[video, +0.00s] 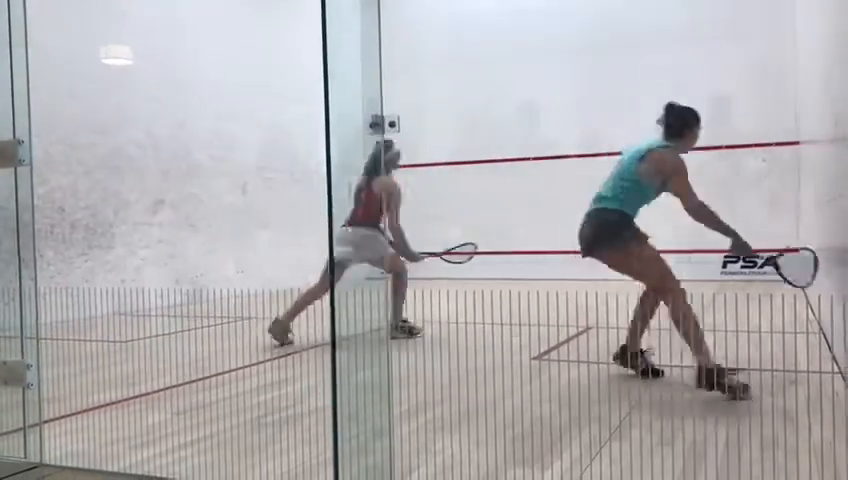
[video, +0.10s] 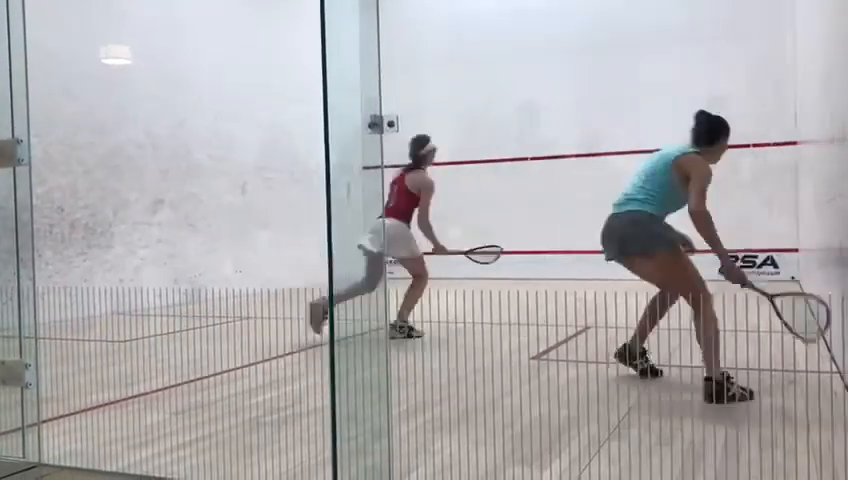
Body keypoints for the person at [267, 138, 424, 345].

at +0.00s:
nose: (399, 157)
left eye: (397, 154)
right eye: (395, 155)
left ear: (376, 159)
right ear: (388, 159)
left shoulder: (363, 182)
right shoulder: (390, 186)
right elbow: (394, 228)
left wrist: (400, 251)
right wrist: (411, 255)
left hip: (346, 235)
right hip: (368, 238)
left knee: (323, 285)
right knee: (399, 270)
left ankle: (283, 322)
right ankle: (397, 323)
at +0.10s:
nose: (434, 155)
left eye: (434, 151)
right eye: (432, 152)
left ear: (414, 154)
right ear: (425, 155)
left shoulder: (401, 175)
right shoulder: (425, 181)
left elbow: (391, 206)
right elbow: (423, 220)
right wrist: (436, 244)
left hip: (378, 229)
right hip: (397, 232)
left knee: (370, 283)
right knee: (421, 277)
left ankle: (325, 304)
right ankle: (401, 323)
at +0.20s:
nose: (462, 140)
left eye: (461, 137)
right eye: (460, 137)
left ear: (442, 139)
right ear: (454, 140)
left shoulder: (429, 160)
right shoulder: (455, 167)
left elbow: (411, 191)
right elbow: (453, 206)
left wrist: (422, 211)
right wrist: (464, 232)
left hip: (414, 214)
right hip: (431, 218)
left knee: (420, 270)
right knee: (430, 275)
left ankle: (389, 304)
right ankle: (404, 315)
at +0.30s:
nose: (487, 133)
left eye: (486, 130)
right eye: (484, 130)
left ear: (466, 132)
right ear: (478, 132)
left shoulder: (452, 153)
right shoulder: (484, 157)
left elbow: (434, 179)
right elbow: (483, 192)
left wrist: (440, 204)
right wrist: (491, 221)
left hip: (446, 206)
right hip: (463, 208)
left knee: (459, 260)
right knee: (451, 260)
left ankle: (457, 310)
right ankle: (421, 302)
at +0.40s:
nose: (512, 136)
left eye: (511, 133)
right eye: (510, 134)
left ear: (492, 137)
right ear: (504, 137)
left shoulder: (479, 158)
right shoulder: (511, 162)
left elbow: (459, 184)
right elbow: (512, 196)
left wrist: (467, 210)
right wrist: (518, 225)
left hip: (476, 213)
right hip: (494, 213)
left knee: (497, 262)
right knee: (481, 260)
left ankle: (509, 308)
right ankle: (443, 289)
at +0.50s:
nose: (536, 147)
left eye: (536, 143)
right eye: (535, 143)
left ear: (517, 146)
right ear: (529, 146)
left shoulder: (507, 166)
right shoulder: (535, 168)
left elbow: (490, 196)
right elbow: (536, 204)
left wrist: (498, 222)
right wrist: (545, 230)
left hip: (506, 220)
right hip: (521, 221)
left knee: (529, 266)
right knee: (521, 273)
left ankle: (518, 310)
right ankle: (481, 287)